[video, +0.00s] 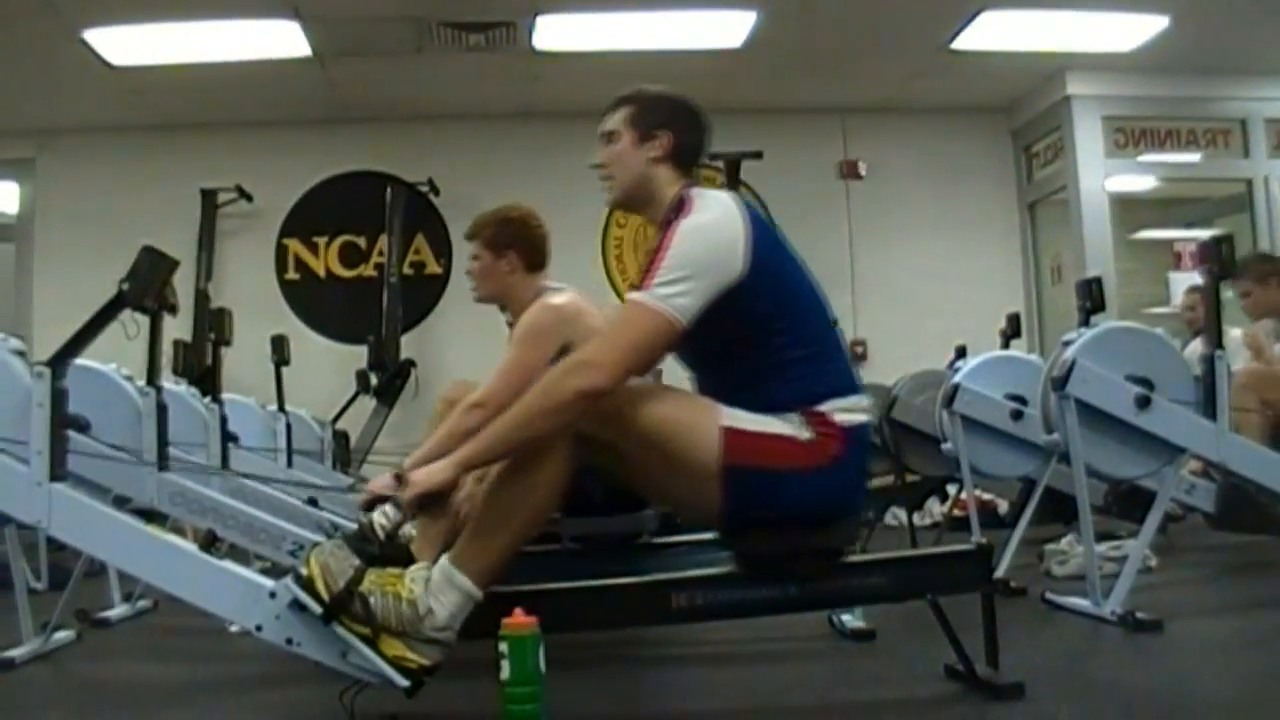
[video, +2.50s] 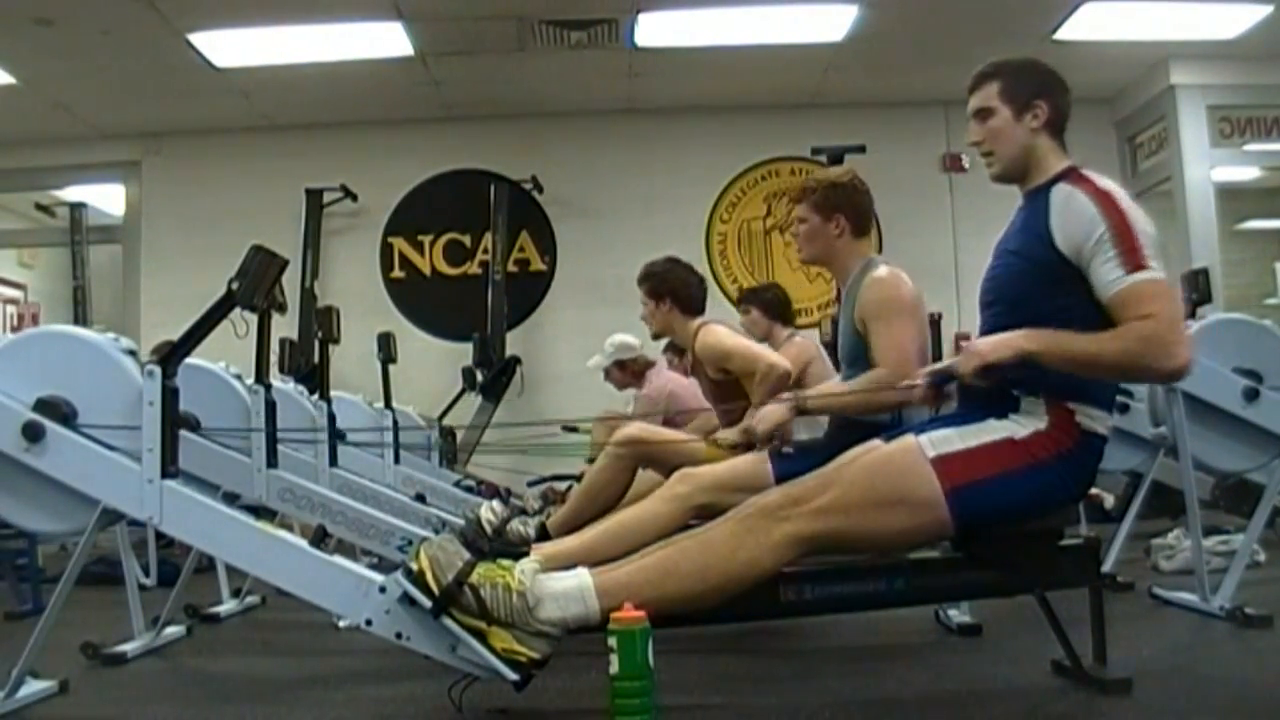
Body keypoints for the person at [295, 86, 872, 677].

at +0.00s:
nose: (596, 158)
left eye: (610, 141)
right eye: (599, 144)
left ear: (660, 147)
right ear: (656, 152)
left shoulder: (713, 221)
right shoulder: (684, 231)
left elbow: (588, 375)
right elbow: (596, 370)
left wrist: (454, 463)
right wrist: (460, 455)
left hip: (812, 451)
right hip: (767, 440)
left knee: (575, 405)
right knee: (556, 405)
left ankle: (438, 608)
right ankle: (431, 592)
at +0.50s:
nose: (529, 171)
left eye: (541, 154)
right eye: (532, 155)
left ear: (583, 158)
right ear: (588, 162)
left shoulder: (640, 233)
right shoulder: (621, 240)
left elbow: (506, 383)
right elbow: (523, 403)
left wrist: (377, 466)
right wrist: (416, 474)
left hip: (759, 460)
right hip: (741, 455)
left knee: (550, 360)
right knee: (545, 363)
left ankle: (534, 586)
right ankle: (533, 575)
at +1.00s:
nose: (662, 144)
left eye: (678, 128)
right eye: (667, 129)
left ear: (725, 135)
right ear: (723, 138)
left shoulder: (765, 216)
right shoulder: (728, 225)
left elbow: (629, 360)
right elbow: (628, 357)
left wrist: (482, 422)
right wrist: (494, 431)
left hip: (854, 453)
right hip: (811, 445)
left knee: (631, 370)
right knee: (613, 377)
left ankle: (540, 594)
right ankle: (531, 581)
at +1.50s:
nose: (879, 125)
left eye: (896, 107)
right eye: (883, 111)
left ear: (950, 117)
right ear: (939, 122)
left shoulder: (983, 202)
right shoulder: (944, 210)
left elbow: (842, 322)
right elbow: (826, 316)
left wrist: (679, 369)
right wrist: (681, 377)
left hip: (1014, 440)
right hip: (969, 436)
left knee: (753, 457)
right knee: (730, 458)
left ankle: (548, 605)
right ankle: (539, 596)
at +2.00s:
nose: (997, 134)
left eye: (1010, 116)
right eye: (996, 119)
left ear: (1063, 116)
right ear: (1039, 123)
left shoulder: (1096, 197)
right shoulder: (1044, 222)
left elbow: (1063, 334)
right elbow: (974, 367)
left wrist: (899, 350)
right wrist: (850, 376)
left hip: (1034, 429)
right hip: (986, 422)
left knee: (796, 532)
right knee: (777, 523)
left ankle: (557, 611)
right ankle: (555, 597)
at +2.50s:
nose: (973, 140)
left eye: (985, 121)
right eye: (971, 126)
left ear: (1038, 117)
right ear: (1012, 126)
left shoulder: (1086, 198)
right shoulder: (1040, 213)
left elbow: (1166, 344)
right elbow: (1062, 341)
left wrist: (1018, 345)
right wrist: (972, 364)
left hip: (1042, 436)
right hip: (1002, 425)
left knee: (800, 513)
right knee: (782, 502)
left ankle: (566, 606)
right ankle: (560, 593)